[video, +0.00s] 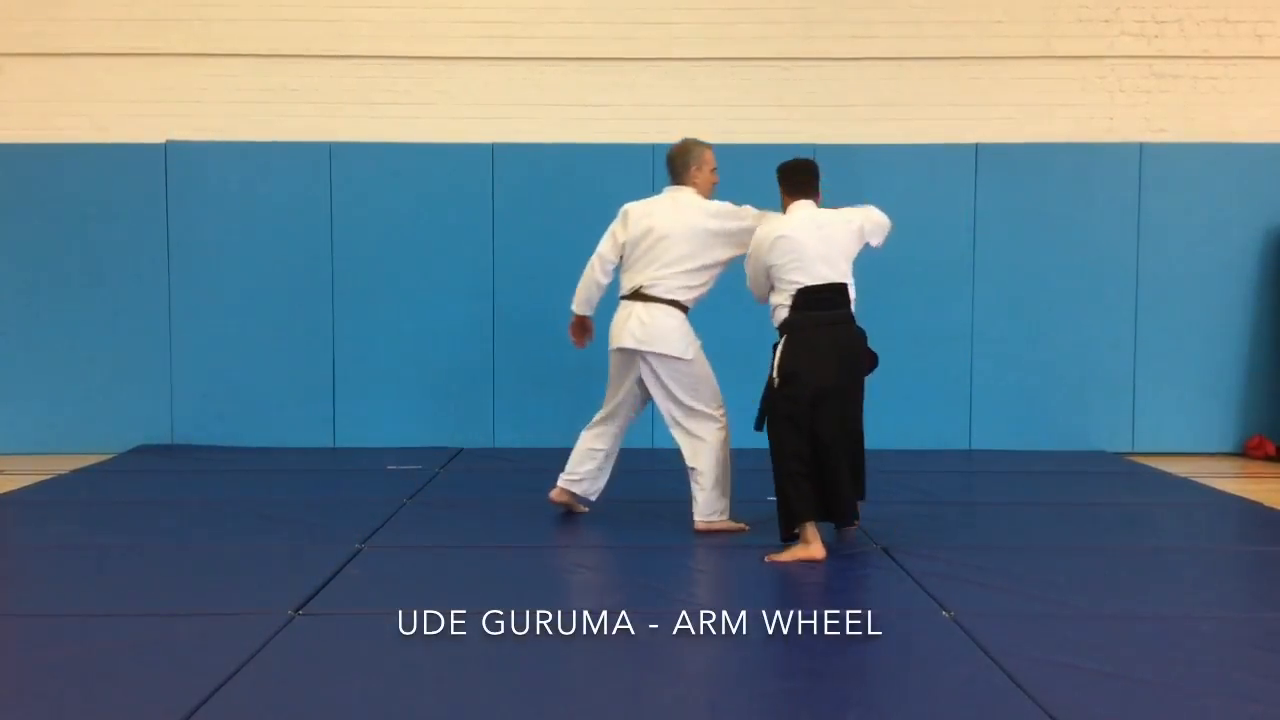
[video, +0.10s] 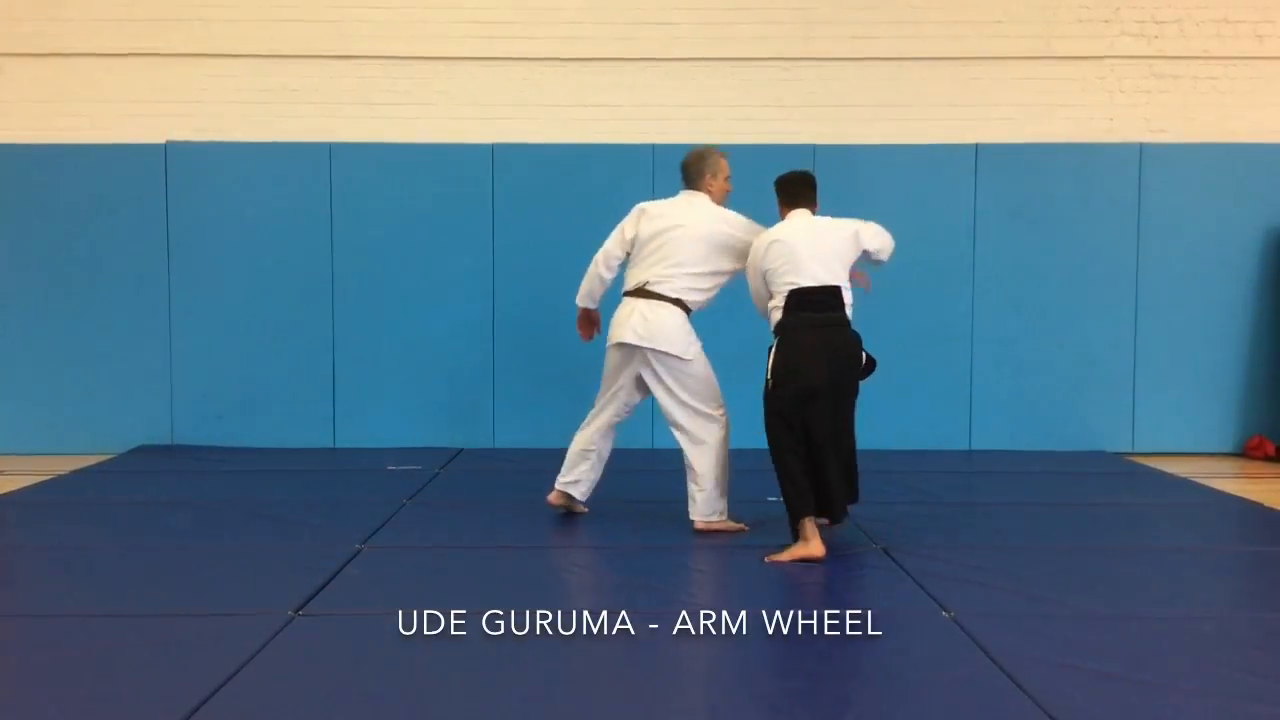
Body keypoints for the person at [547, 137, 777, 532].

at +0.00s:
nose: (716, 177)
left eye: (715, 170)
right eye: (711, 171)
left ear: (676, 174)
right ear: (694, 173)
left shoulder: (634, 210)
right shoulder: (716, 214)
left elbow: (601, 262)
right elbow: (777, 224)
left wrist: (581, 311)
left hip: (624, 325)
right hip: (668, 327)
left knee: (614, 411)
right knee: (707, 420)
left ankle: (570, 487)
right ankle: (710, 515)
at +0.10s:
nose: (730, 186)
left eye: (729, 179)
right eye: (726, 179)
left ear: (691, 181)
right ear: (710, 181)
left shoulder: (647, 211)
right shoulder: (731, 225)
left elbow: (607, 256)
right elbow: (781, 252)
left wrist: (586, 304)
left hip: (626, 321)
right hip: (669, 325)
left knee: (607, 410)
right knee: (708, 419)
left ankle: (566, 490)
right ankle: (708, 515)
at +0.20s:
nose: (739, 200)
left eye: (739, 193)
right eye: (737, 193)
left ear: (699, 192)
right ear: (725, 194)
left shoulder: (658, 215)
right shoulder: (740, 240)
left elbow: (609, 260)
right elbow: (776, 289)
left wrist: (595, 303)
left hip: (626, 317)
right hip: (668, 325)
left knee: (603, 411)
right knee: (708, 417)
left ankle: (566, 493)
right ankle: (707, 514)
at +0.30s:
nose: (743, 211)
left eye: (743, 205)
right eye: (741, 205)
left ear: (703, 203)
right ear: (727, 205)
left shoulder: (662, 220)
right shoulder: (745, 246)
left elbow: (615, 266)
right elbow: (778, 299)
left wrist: (611, 308)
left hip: (625, 319)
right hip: (668, 325)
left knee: (601, 411)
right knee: (711, 416)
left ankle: (570, 494)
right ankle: (708, 516)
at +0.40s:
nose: (736, 212)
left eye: (735, 207)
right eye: (735, 207)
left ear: (699, 204)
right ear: (725, 206)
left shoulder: (658, 222)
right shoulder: (738, 238)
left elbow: (620, 272)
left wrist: (626, 317)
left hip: (627, 322)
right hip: (674, 324)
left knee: (601, 412)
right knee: (712, 417)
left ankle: (572, 496)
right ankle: (709, 515)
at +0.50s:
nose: (729, 202)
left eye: (728, 196)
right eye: (728, 197)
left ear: (690, 194)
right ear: (718, 195)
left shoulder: (651, 220)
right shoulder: (727, 221)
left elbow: (622, 277)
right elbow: (762, 197)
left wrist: (644, 309)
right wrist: (775, 173)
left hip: (632, 318)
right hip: (678, 321)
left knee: (604, 413)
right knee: (714, 416)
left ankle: (572, 497)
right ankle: (710, 514)